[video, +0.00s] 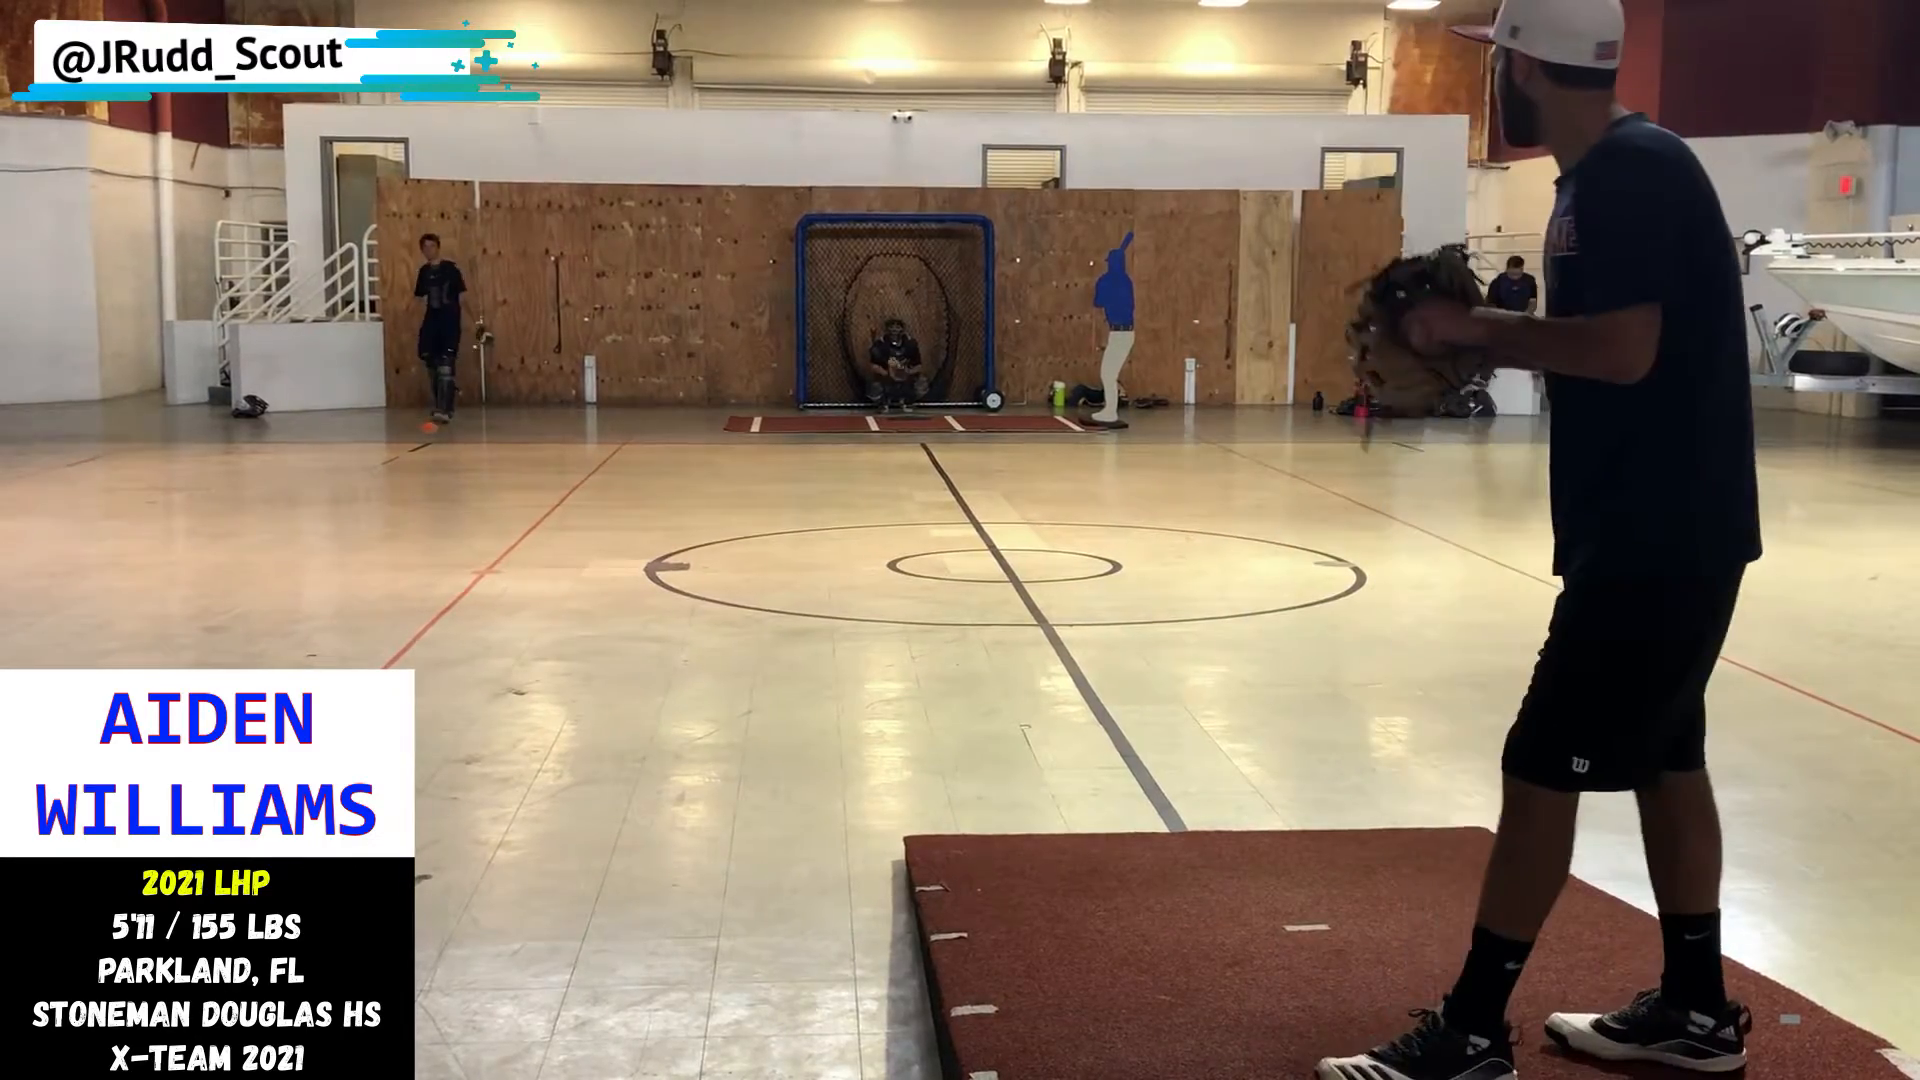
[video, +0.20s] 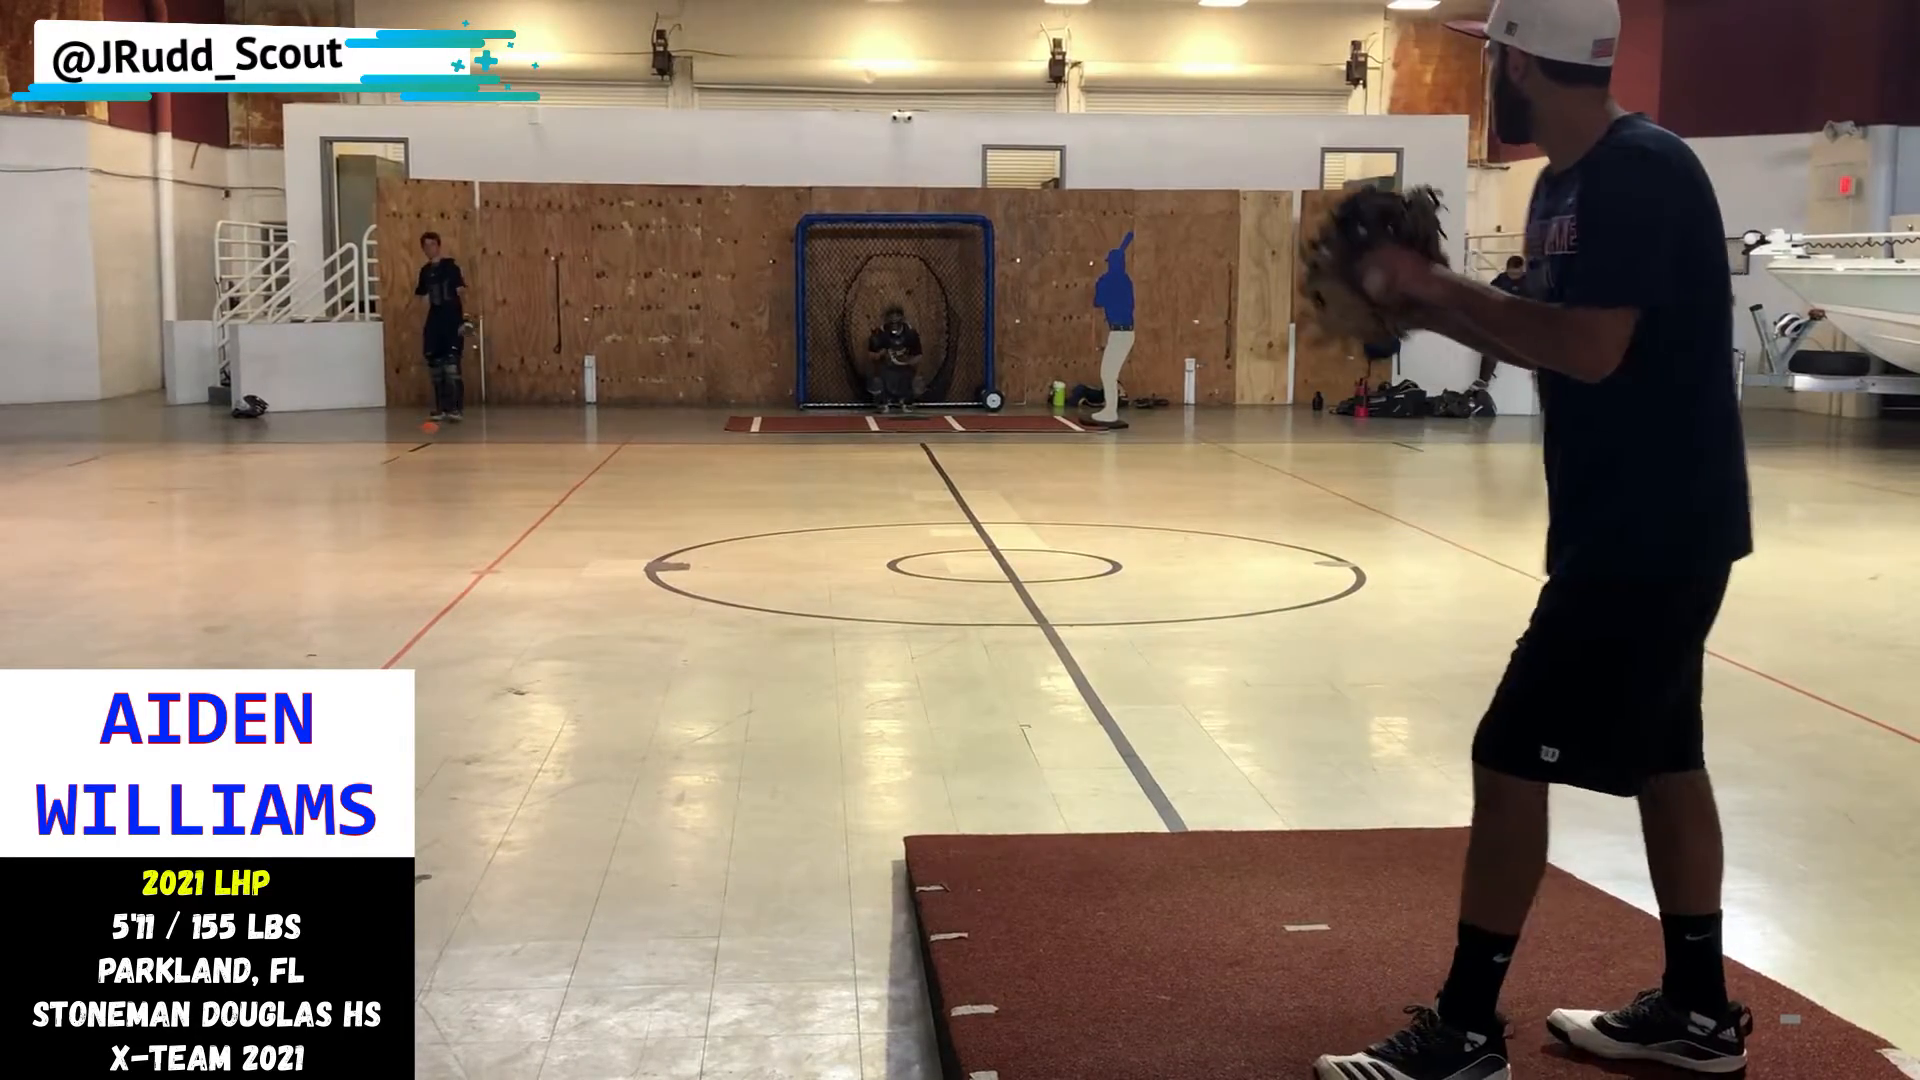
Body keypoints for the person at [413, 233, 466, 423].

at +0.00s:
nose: (428, 250)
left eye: (431, 246)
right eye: (425, 247)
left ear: (438, 247)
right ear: (422, 250)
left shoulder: (451, 268)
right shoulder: (424, 271)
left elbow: (461, 296)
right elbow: (419, 298)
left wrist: (474, 318)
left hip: (449, 320)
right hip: (432, 320)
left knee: (446, 361)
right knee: (429, 357)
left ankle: (445, 408)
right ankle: (439, 403)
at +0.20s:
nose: (429, 249)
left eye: (432, 245)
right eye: (426, 246)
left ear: (438, 245)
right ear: (423, 249)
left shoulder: (450, 265)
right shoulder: (425, 270)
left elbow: (461, 290)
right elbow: (421, 296)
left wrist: (463, 318)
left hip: (452, 318)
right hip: (435, 319)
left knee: (451, 362)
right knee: (435, 361)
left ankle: (455, 408)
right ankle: (441, 407)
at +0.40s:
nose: (438, 247)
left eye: (440, 243)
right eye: (435, 244)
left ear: (447, 245)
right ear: (431, 248)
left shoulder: (455, 266)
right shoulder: (433, 269)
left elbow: (457, 295)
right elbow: (420, 287)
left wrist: (448, 316)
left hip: (457, 320)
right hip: (438, 319)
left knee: (459, 364)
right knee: (439, 364)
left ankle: (469, 406)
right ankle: (442, 407)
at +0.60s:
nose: (447, 247)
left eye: (450, 244)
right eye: (443, 245)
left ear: (456, 246)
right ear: (440, 248)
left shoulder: (463, 267)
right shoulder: (438, 269)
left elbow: (466, 297)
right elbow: (417, 272)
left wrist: (457, 315)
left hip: (463, 318)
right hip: (443, 317)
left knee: (468, 362)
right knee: (441, 362)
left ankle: (474, 406)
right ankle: (442, 407)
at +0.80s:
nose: (456, 250)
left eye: (459, 247)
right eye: (453, 247)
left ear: (464, 249)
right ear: (449, 250)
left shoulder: (471, 270)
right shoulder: (445, 268)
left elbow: (480, 299)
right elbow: (434, 258)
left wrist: (483, 324)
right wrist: (425, 240)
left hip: (469, 321)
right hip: (449, 320)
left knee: (473, 363)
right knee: (444, 360)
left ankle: (475, 406)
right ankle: (442, 406)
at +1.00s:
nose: (465, 249)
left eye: (468, 246)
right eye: (462, 246)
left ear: (472, 248)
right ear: (456, 248)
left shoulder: (478, 269)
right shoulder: (449, 267)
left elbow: (493, 291)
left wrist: (515, 313)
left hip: (474, 319)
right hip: (454, 318)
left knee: (476, 361)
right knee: (445, 358)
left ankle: (476, 406)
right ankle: (443, 404)